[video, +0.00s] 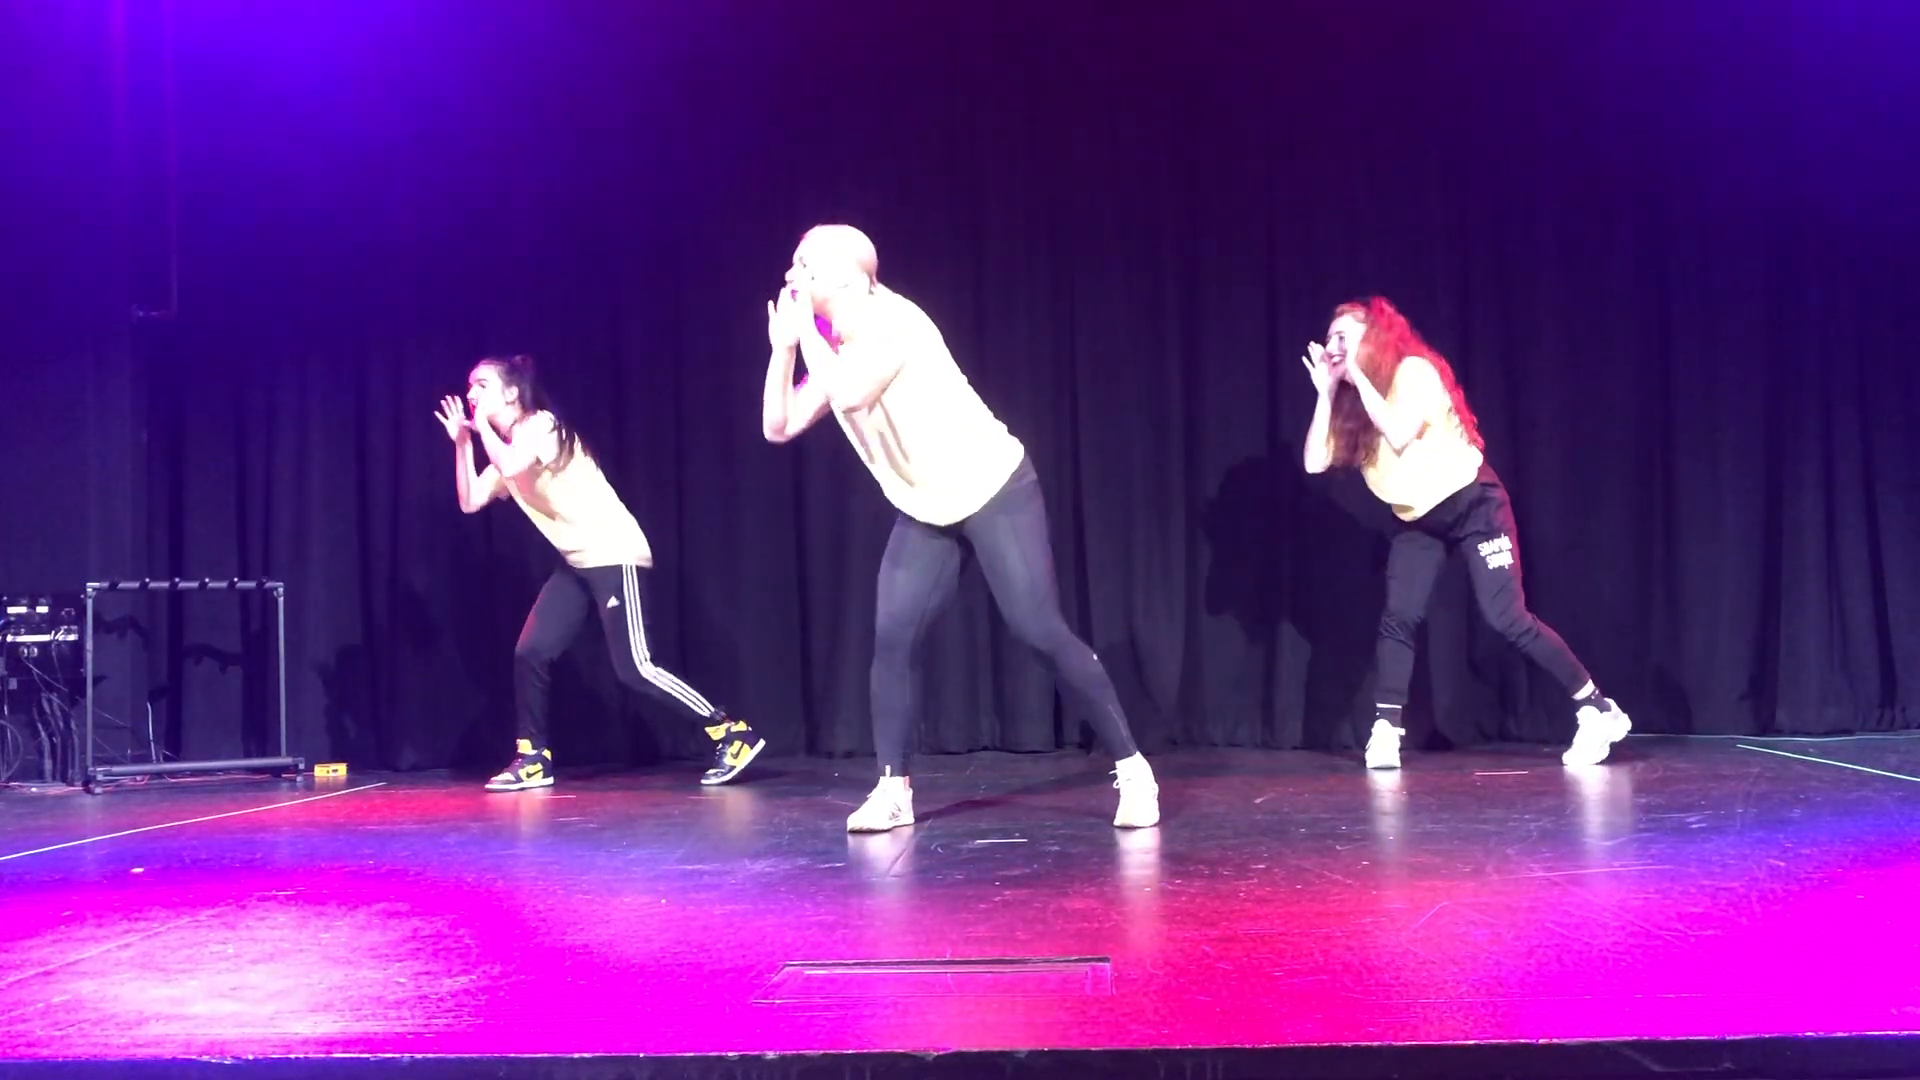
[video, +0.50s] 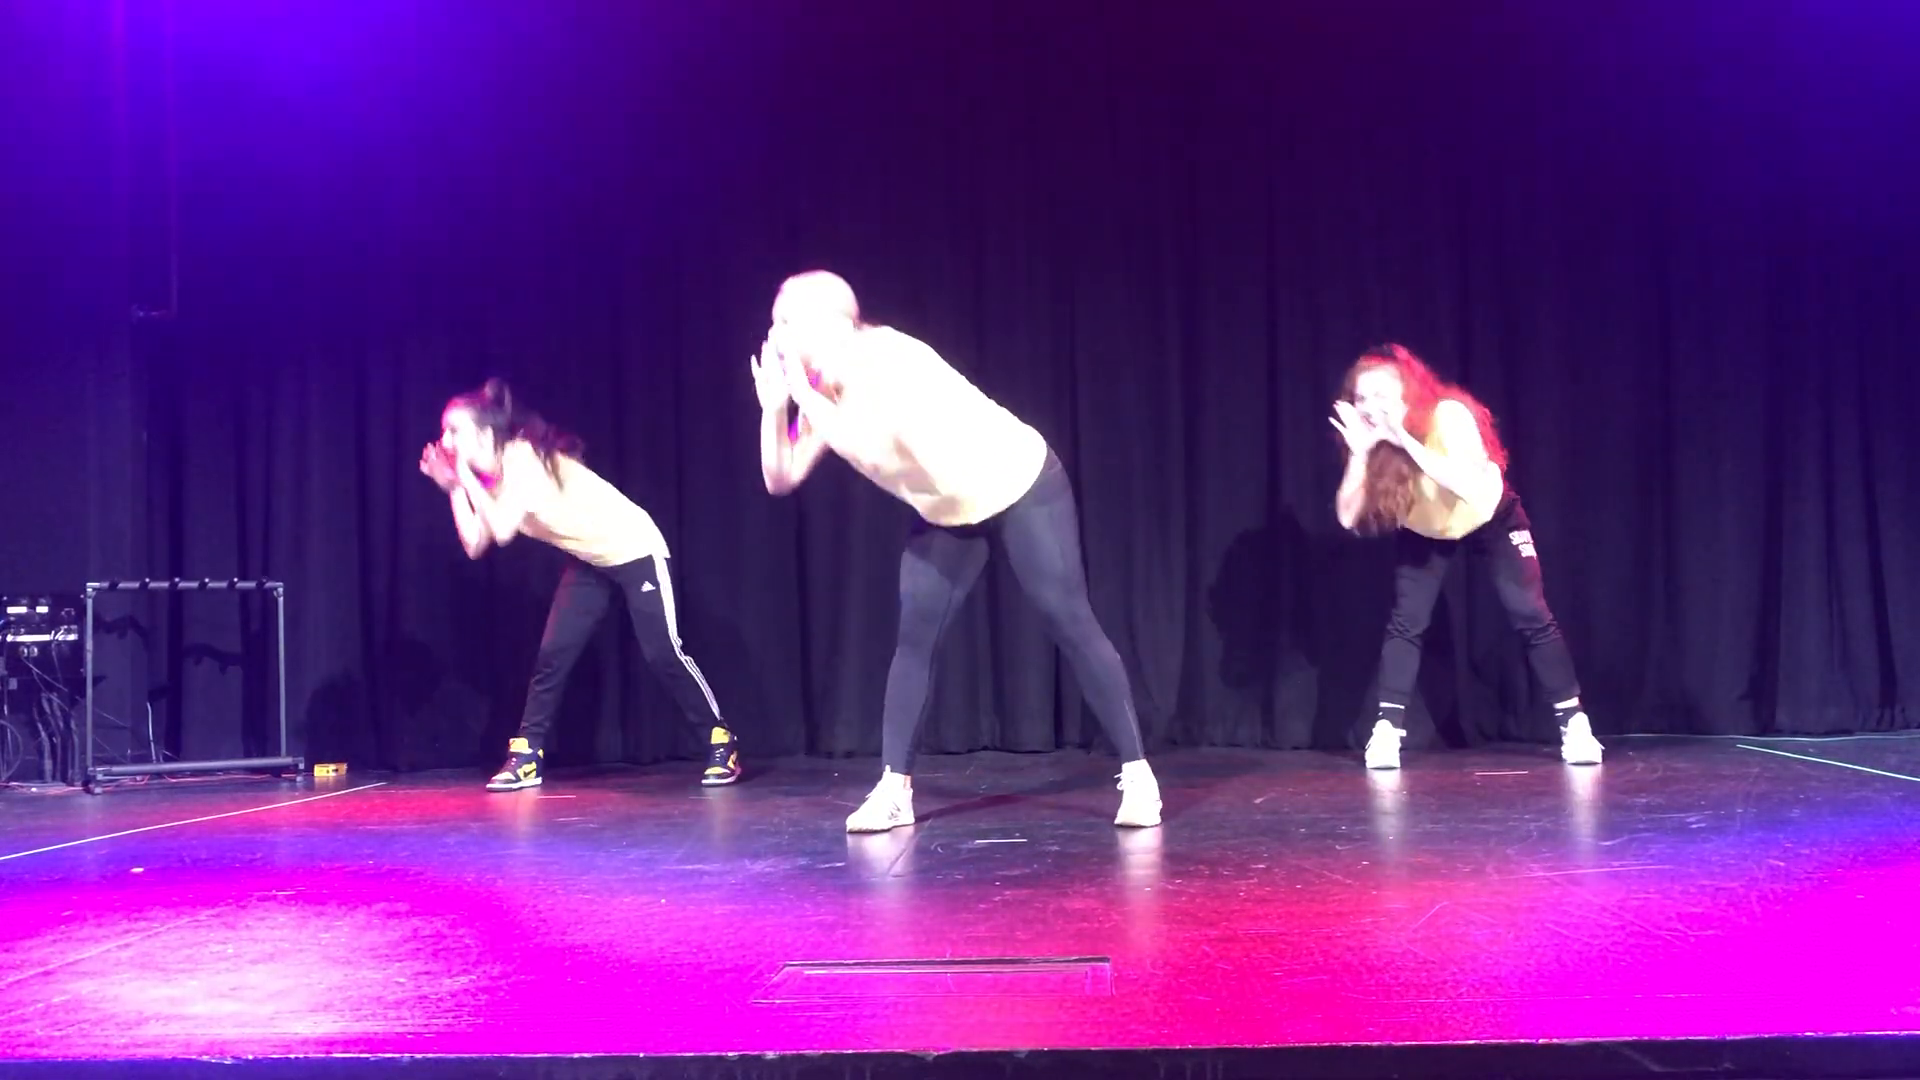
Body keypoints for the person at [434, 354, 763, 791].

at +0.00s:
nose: (471, 395)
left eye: (481, 385)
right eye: (471, 386)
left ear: (513, 394)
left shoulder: (543, 425)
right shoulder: (504, 447)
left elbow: (512, 465)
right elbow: (471, 501)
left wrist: (481, 424)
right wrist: (461, 445)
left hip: (615, 555)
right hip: (577, 562)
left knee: (635, 668)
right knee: (531, 651)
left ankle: (731, 734)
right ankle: (534, 760)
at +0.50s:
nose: (447, 440)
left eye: (455, 430)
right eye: (446, 431)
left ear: (487, 432)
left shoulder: (523, 457)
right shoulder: (482, 480)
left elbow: (504, 527)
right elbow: (473, 544)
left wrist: (463, 475)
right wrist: (452, 486)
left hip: (637, 551)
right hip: (589, 562)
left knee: (663, 652)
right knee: (552, 657)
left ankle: (720, 744)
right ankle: (527, 758)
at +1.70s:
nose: (707, 355)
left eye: (715, 349)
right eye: (698, 345)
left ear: (722, 365)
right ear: (674, 356)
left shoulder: (719, 417)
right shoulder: (647, 396)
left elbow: (764, 465)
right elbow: (629, 442)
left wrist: (732, 411)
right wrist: (669, 398)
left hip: (686, 543)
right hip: (624, 537)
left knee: (702, 649)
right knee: (576, 646)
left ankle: (728, 747)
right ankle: (535, 746)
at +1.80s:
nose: (689, 346)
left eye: (697, 341)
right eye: (679, 337)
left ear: (705, 357)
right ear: (656, 349)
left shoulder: (707, 410)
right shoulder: (628, 393)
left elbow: (753, 469)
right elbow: (590, 439)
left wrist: (720, 416)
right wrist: (634, 394)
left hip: (676, 541)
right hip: (615, 536)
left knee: (698, 650)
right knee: (571, 645)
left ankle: (728, 745)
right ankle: (534, 748)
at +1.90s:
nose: (667, 347)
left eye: (675, 341)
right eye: (658, 338)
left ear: (683, 355)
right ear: (636, 350)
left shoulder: (694, 413)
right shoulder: (610, 396)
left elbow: (734, 476)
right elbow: (555, 452)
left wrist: (707, 466)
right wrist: (591, 412)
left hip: (666, 545)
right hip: (603, 541)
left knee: (690, 651)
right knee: (559, 645)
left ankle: (727, 745)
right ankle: (532, 750)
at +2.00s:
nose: (640, 367)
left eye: (649, 360)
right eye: (631, 358)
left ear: (659, 373)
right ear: (612, 368)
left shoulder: (673, 429)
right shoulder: (587, 420)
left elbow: (703, 496)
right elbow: (551, 477)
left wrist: (686, 542)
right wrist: (528, 499)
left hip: (652, 560)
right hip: (591, 557)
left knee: (674, 658)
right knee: (544, 654)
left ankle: (723, 745)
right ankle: (532, 757)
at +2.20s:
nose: (631, 370)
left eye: (639, 362)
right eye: (622, 361)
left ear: (650, 372)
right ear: (604, 372)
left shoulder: (666, 432)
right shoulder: (583, 429)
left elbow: (673, 500)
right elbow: (564, 504)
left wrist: (662, 552)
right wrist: (541, 570)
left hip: (647, 567)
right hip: (585, 567)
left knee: (678, 657)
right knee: (549, 664)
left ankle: (724, 745)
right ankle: (532, 758)